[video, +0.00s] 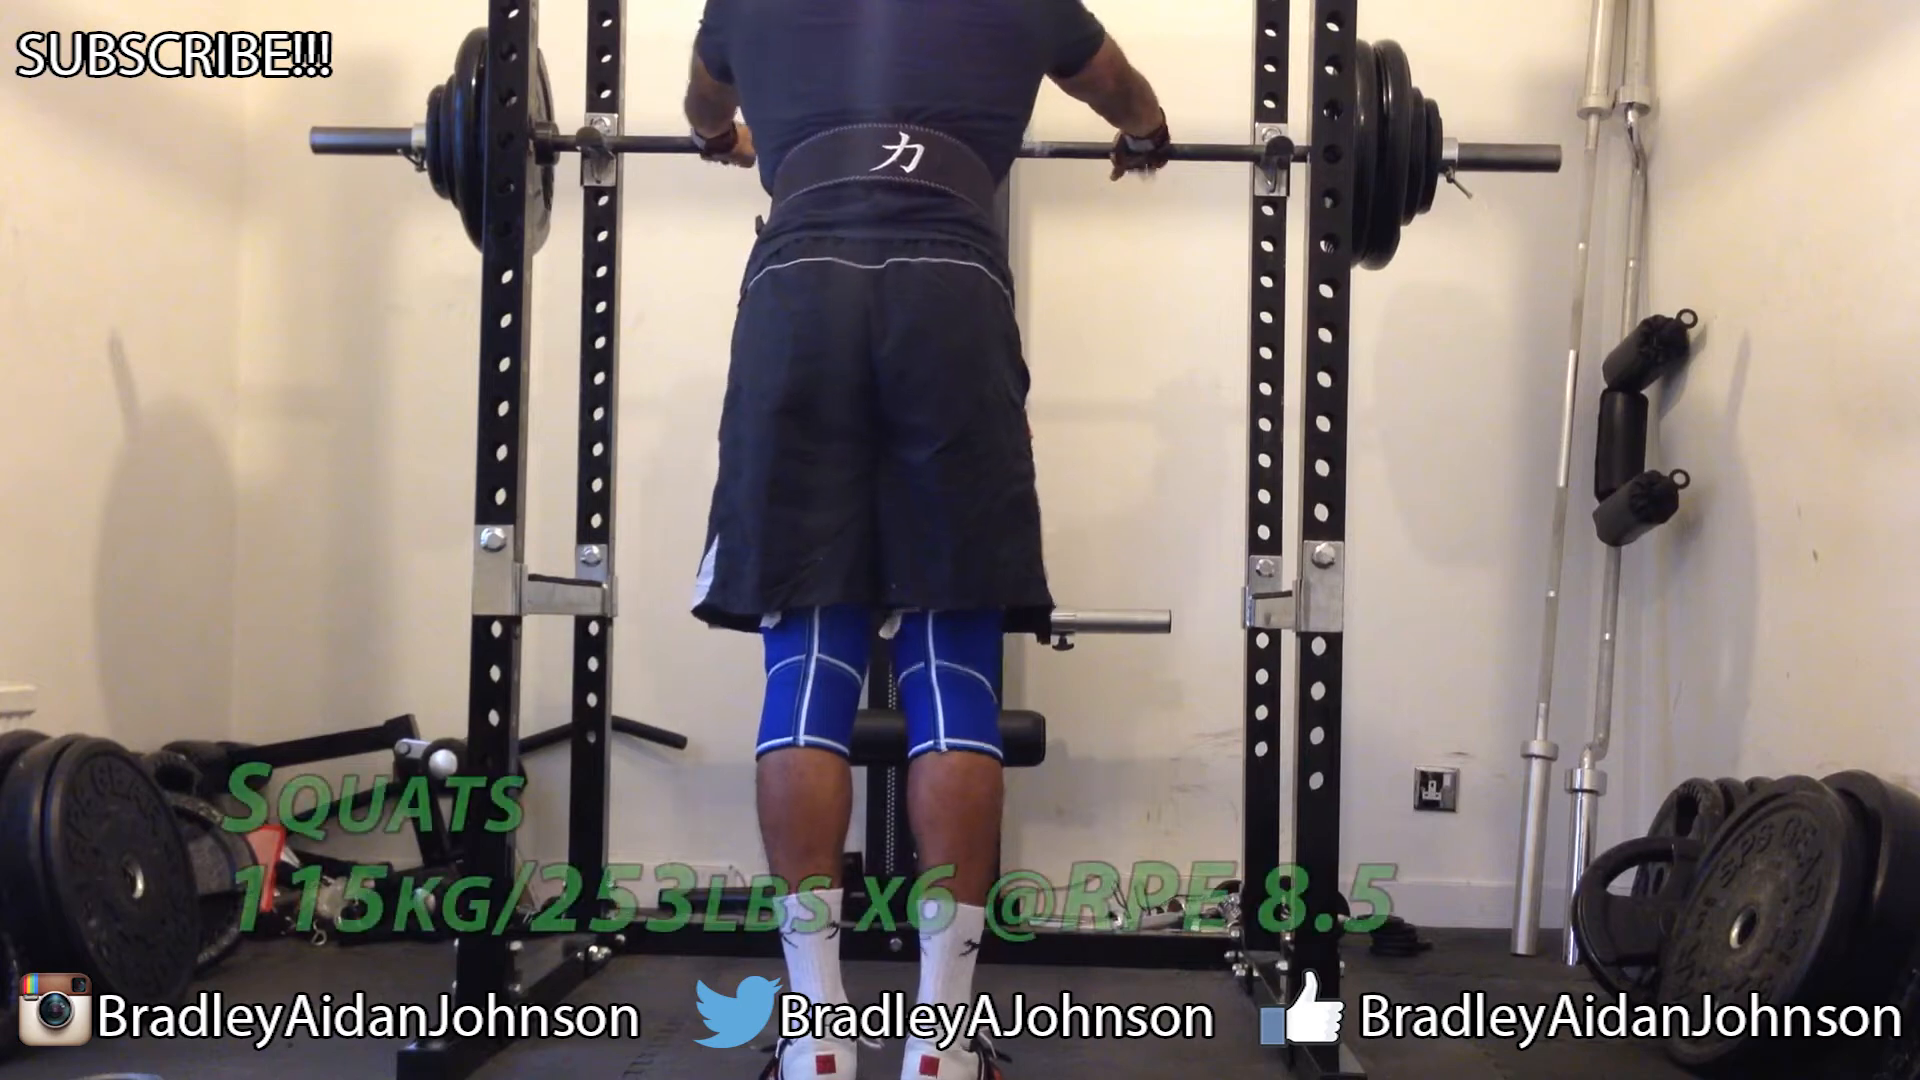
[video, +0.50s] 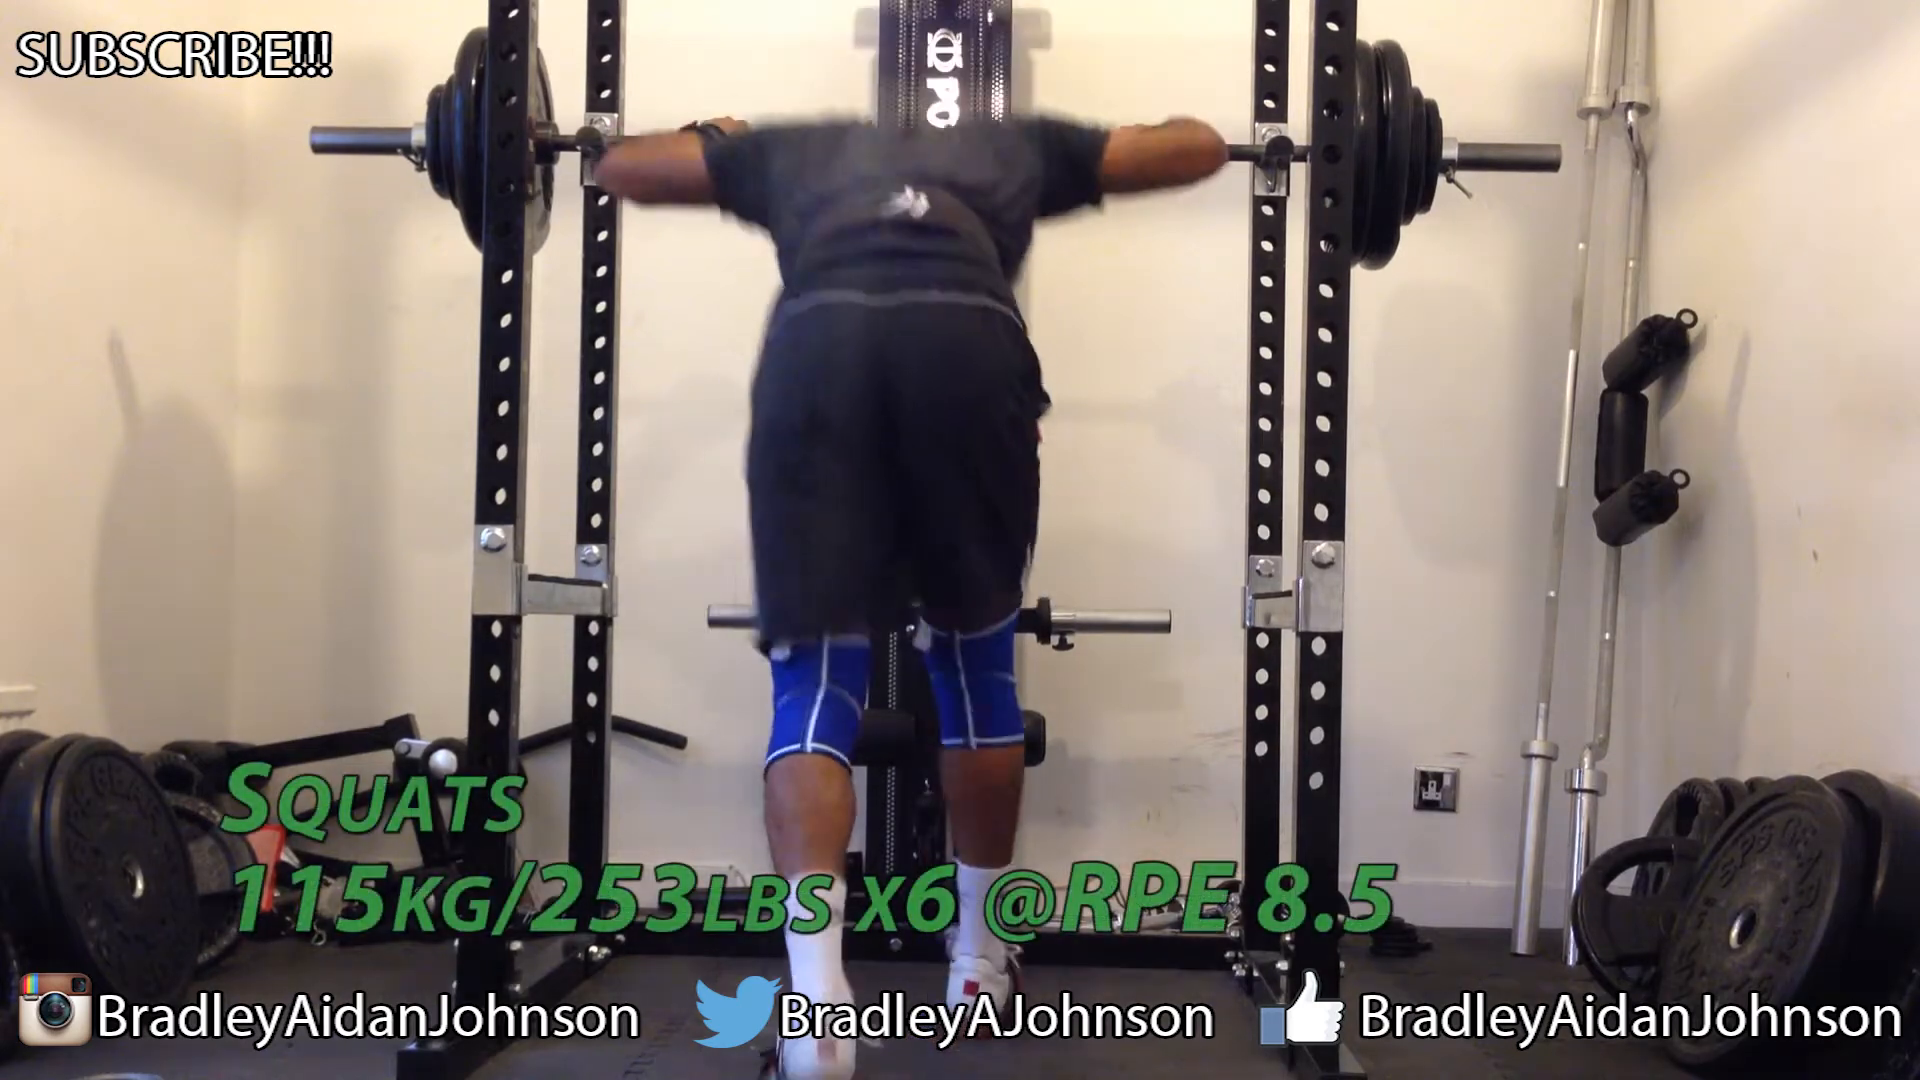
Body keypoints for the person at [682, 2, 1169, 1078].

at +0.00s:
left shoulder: (748, 8)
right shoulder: (1019, 5)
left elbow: (710, 103)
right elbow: (1117, 86)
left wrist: (719, 130)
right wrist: (1146, 125)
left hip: (796, 298)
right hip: (949, 297)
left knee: (806, 648)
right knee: (954, 654)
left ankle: (818, 1025)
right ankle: (943, 1027)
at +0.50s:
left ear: (870, 109)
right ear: (968, 111)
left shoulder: (797, 147)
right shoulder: (1014, 143)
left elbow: (618, 167)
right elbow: (1199, 149)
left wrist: (700, 139)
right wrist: (1150, 135)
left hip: (816, 363)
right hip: (970, 360)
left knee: (814, 678)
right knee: (977, 665)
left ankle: (818, 1002)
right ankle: (979, 972)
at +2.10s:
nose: (958, 120)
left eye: (921, 107)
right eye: (966, 110)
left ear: (887, 123)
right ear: (973, 123)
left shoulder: (837, 182)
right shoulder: (1007, 182)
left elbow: (758, 269)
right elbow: (1085, 273)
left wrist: (716, 174)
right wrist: (1140, 179)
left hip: (844, 438)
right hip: (975, 440)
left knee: (780, 675)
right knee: (1035, 684)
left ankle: (745, 915)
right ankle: (1056, 930)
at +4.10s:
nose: (938, 102)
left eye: (901, 91)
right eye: (960, 91)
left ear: (883, 107)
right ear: (972, 106)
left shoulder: (837, 168)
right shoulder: (1006, 164)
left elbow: (778, 256)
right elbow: (1054, 254)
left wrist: (718, 178)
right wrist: (1137, 185)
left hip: (845, 410)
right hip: (974, 412)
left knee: (782, 663)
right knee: (1034, 675)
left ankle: (745, 918)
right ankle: (1061, 928)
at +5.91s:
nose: (885, 102)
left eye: (885, 90)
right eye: (898, 89)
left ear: (886, 101)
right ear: (971, 109)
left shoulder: (837, 162)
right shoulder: (1005, 162)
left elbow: (779, 222)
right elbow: (1049, 215)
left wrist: (723, 161)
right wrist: (1133, 163)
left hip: (847, 427)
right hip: (977, 429)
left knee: (773, 672)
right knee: (1039, 681)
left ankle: (744, 917)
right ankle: (1061, 929)